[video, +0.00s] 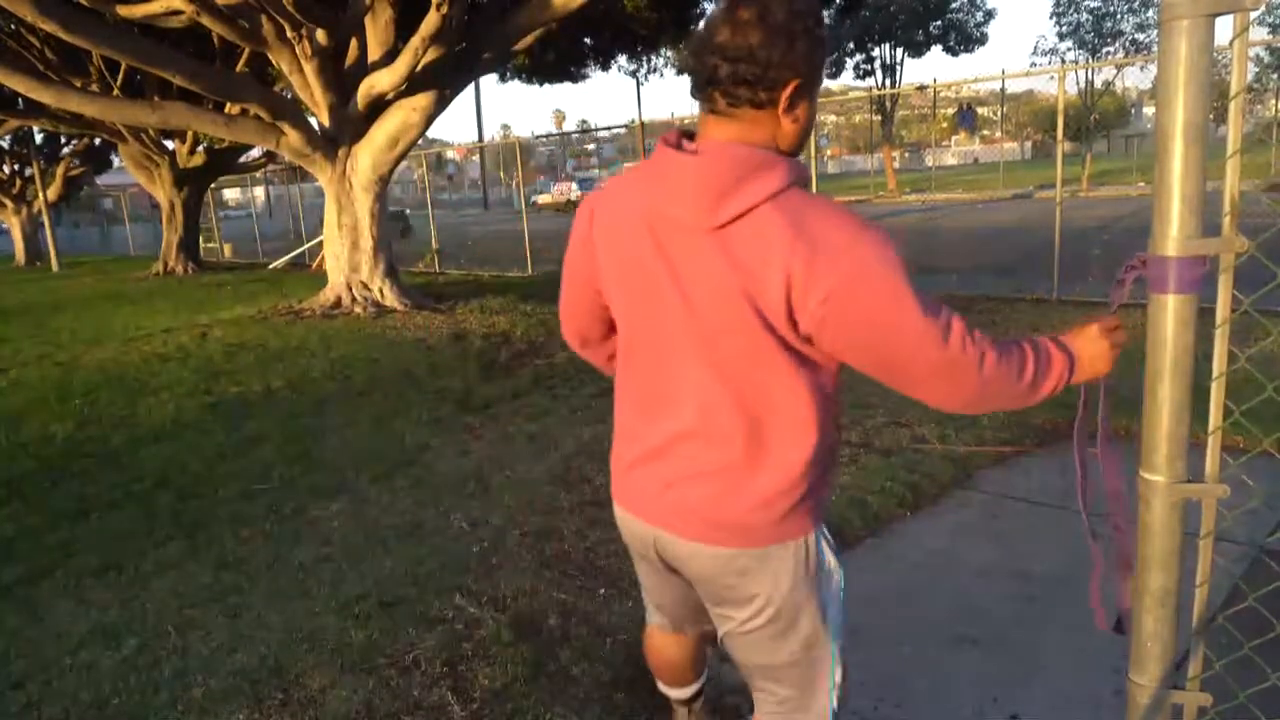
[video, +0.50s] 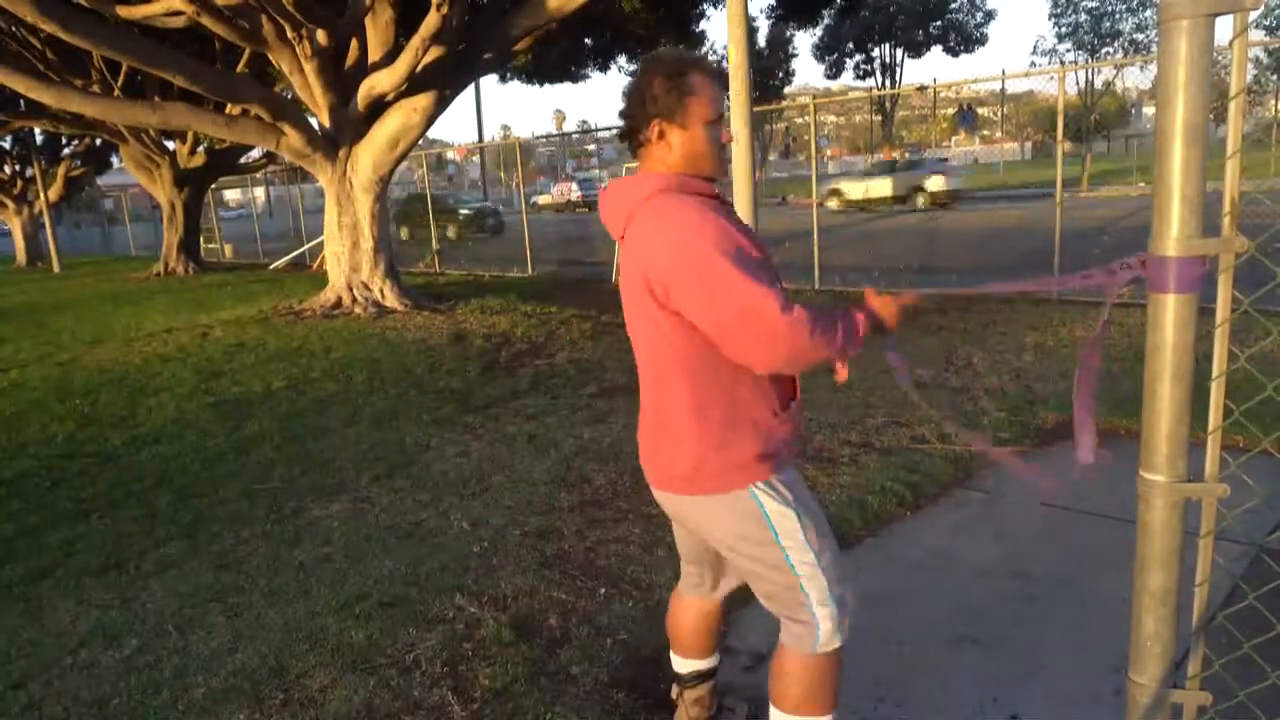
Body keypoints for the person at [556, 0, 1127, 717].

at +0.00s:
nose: (814, 118)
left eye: (815, 100)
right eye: (816, 103)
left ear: (704, 83)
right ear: (792, 103)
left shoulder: (613, 202)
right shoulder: (815, 237)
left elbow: (586, 329)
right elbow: (955, 373)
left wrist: (659, 366)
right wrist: (1069, 357)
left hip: (639, 502)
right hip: (752, 528)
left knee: (671, 622)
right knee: (792, 696)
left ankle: (681, 712)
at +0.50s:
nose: (726, 136)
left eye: (723, 121)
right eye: (713, 123)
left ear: (664, 137)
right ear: (660, 134)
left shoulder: (652, 216)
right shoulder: (683, 228)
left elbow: (730, 312)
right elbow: (772, 338)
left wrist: (816, 339)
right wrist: (864, 318)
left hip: (681, 459)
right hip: (730, 465)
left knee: (702, 580)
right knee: (819, 615)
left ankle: (692, 706)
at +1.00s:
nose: (718, 143)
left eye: (716, 130)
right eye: (706, 131)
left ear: (662, 140)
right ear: (659, 140)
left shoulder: (685, 204)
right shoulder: (664, 206)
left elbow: (792, 278)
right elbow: (789, 217)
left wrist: (870, 215)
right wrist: (845, 156)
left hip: (711, 438)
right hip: (733, 442)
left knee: (708, 581)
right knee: (799, 617)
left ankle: (694, 705)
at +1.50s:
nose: (905, 150)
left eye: (907, 133)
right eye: (897, 132)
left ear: (856, 129)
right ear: (847, 123)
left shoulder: (862, 207)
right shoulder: (800, 202)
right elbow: (720, 209)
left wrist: (829, 79)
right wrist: (786, 80)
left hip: (865, 457)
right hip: (825, 468)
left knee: (836, 592)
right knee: (863, 656)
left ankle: (754, 693)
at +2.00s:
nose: (990, 108)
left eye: (987, 94)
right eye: (979, 95)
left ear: (936, 106)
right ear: (930, 107)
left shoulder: (958, 192)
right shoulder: (908, 191)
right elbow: (828, 327)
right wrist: (835, 199)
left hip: (968, 460)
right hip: (917, 471)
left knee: (1010, 603)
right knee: (911, 654)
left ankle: (1009, 710)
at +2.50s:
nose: (1112, 106)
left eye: (1111, 91)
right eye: (1100, 90)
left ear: (1048, 91)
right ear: (1041, 91)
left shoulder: (1062, 181)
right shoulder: (995, 179)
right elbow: (976, 337)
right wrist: (1086, 447)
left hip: (1077, 451)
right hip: (1002, 459)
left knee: (1081, 625)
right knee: (994, 655)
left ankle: (1057, 717)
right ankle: (917, 715)